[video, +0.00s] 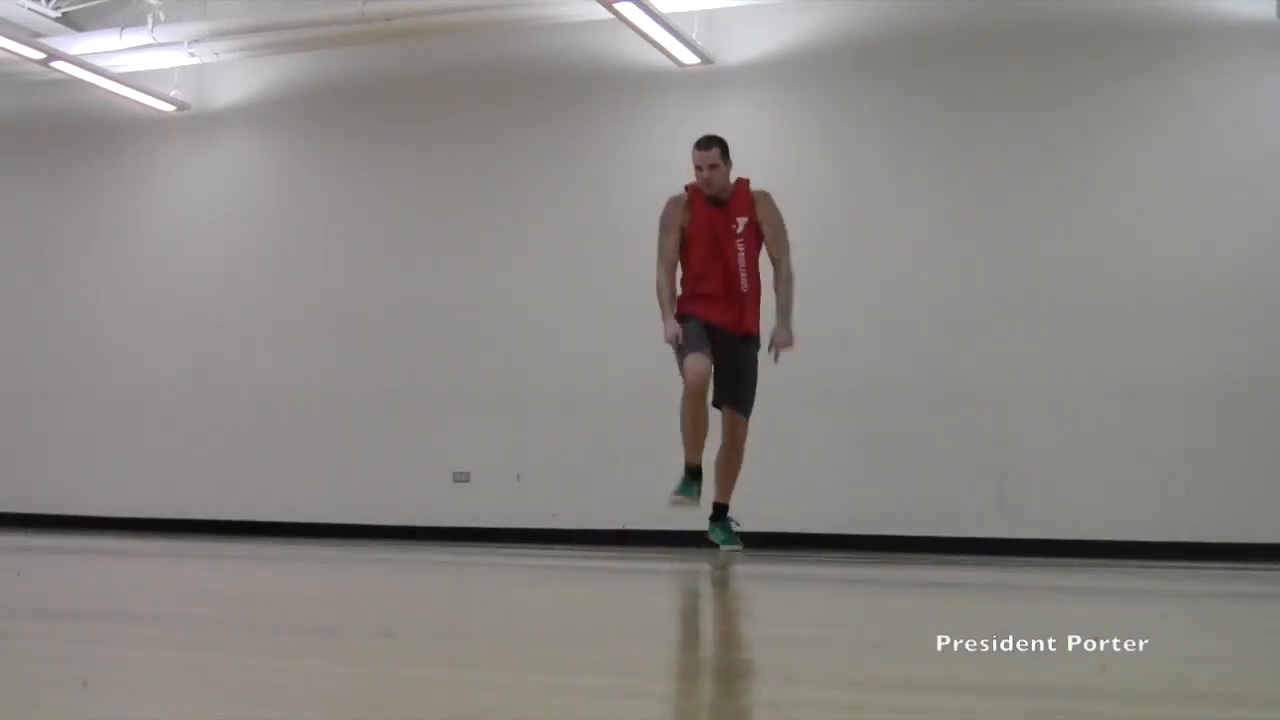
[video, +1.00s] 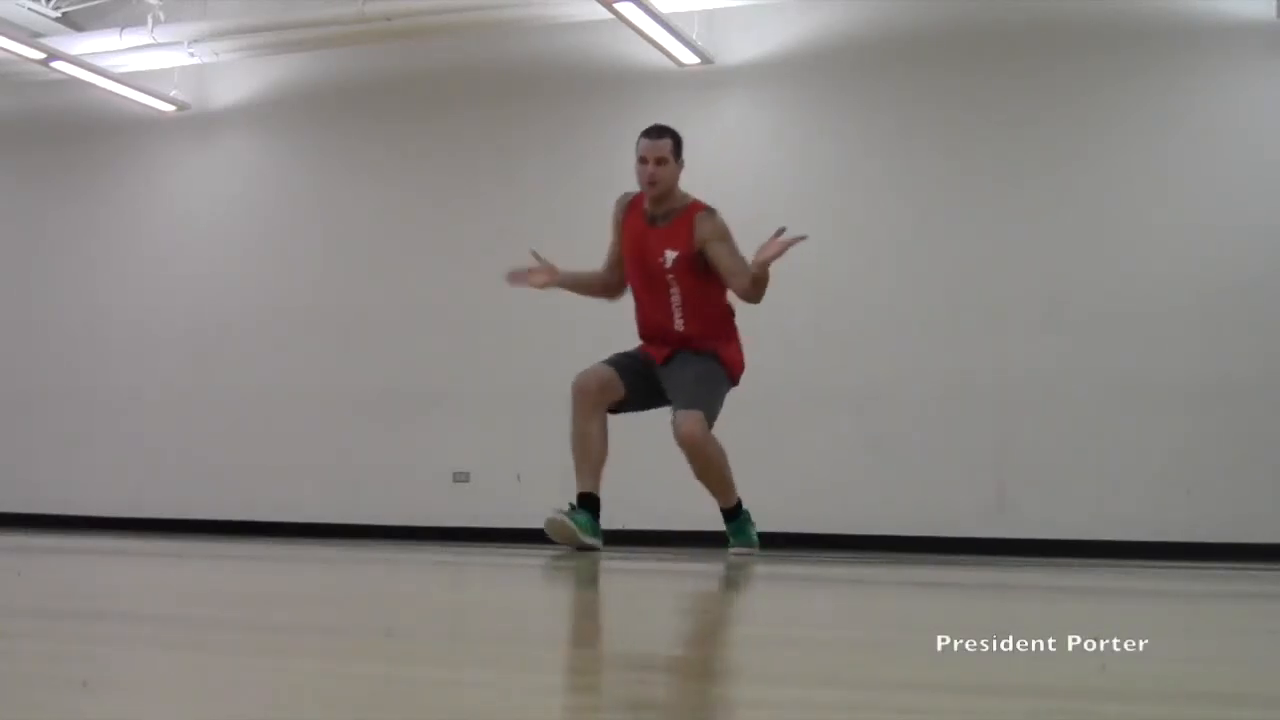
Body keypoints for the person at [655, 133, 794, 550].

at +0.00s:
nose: (705, 175)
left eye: (713, 167)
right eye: (700, 168)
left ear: (729, 166)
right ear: (692, 170)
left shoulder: (758, 203)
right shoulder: (679, 208)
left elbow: (782, 264)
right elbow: (666, 268)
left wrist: (783, 324)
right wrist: (669, 317)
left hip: (741, 325)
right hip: (695, 319)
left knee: (735, 426)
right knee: (696, 374)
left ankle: (720, 516)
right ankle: (691, 474)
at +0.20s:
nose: (704, 206)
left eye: (711, 197)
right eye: (697, 198)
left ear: (728, 198)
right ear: (690, 199)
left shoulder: (757, 239)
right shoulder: (675, 242)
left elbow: (774, 300)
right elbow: (662, 301)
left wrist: (783, 360)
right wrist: (673, 355)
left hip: (745, 359)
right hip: (697, 356)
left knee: (736, 448)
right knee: (697, 422)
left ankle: (726, 525)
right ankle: (688, 519)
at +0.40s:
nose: (693, 166)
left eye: (701, 158)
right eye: (687, 158)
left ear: (718, 161)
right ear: (678, 162)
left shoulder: (745, 206)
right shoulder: (660, 210)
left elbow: (765, 260)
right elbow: (654, 261)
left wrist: (775, 295)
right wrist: (647, 285)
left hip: (741, 337)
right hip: (689, 334)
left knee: (748, 434)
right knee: (691, 418)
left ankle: (724, 489)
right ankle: (695, 521)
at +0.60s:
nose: (693, 159)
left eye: (702, 150)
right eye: (686, 152)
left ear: (720, 152)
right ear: (679, 156)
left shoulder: (753, 201)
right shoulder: (664, 205)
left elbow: (773, 263)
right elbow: (613, 255)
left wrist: (783, 249)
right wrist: (554, 249)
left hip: (722, 327)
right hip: (665, 330)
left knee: (728, 397)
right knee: (665, 434)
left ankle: (735, 508)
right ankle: (694, 521)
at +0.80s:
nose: (692, 145)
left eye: (701, 136)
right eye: (684, 137)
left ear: (718, 140)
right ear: (676, 141)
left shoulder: (744, 196)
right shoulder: (655, 188)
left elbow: (773, 268)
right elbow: (628, 255)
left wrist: (816, 274)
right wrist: (578, 243)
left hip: (715, 325)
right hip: (659, 330)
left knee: (709, 402)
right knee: (611, 418)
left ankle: (731, 519)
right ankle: (680, 496)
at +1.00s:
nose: (649, 171)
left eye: (660, 162)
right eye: (643, 161)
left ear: (679, 167)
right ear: (636, 165)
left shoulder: (703, 222)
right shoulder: (628, 210)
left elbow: (750, 292)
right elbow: (611, 283)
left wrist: (760, 266)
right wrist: (558, 278)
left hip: (706, 354)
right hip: (656, 354)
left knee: (690, 430)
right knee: (588, 387)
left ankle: (737, 520)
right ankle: (586, 517)